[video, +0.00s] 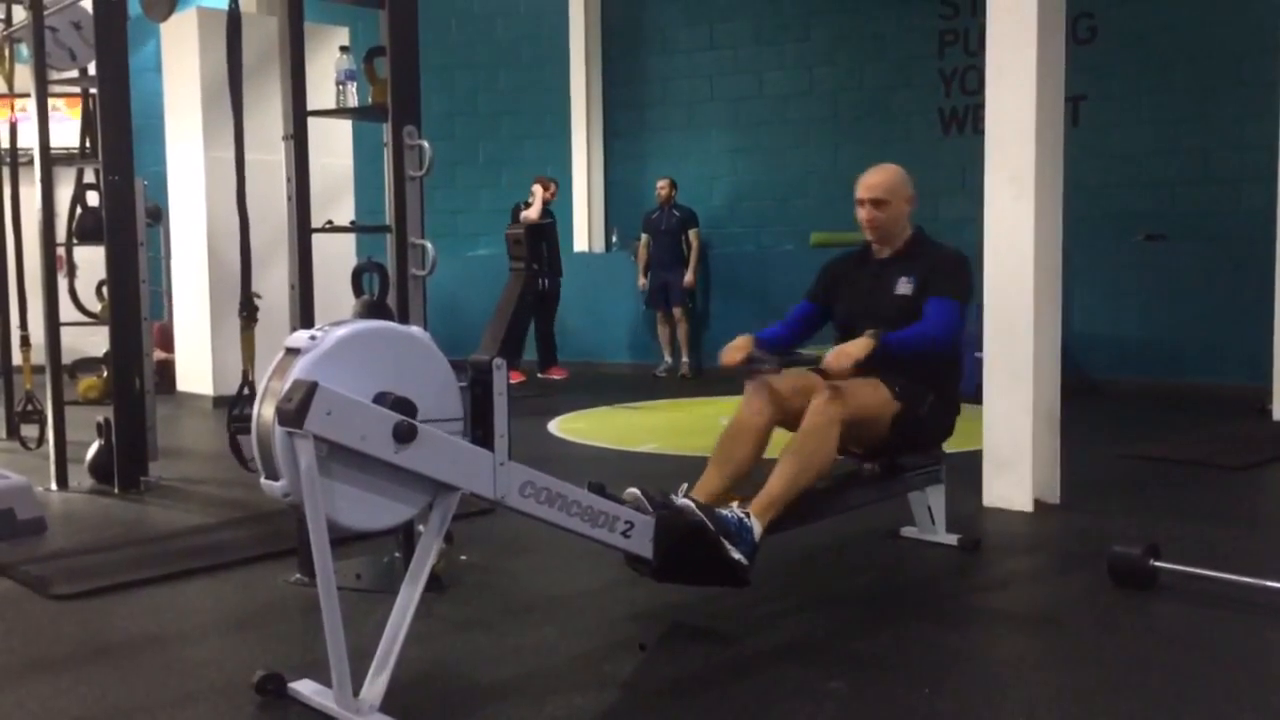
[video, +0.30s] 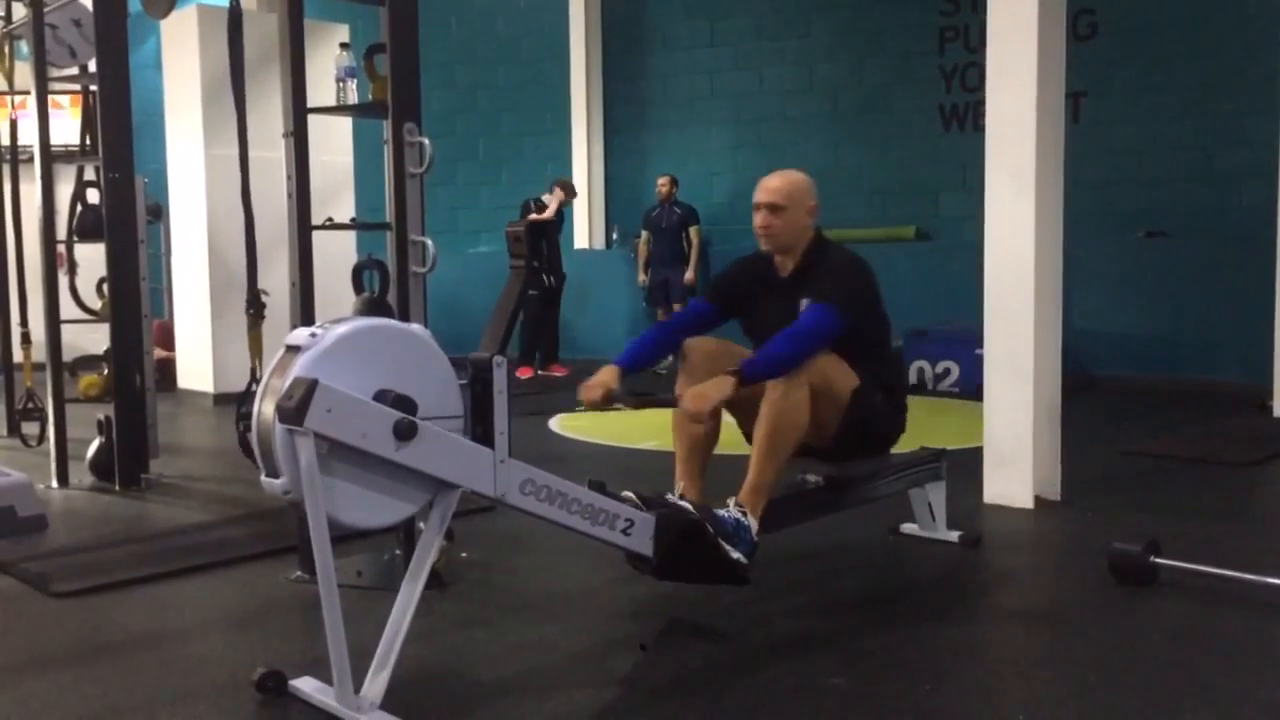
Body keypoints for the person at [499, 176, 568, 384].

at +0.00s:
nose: (552, 198)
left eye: (553, 195)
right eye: (550, 194)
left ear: (551, 196)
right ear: (539, 191)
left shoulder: (549, 215)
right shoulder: (521, 209)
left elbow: (552, 246)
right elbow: (532, 217)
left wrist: (556, 272)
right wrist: (537, 196)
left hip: (550, 276)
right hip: (528, 276)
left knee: (546, 324)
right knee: (519, 322)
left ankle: (548, 365)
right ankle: (511, 366)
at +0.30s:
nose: (566, 203)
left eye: (568, 200)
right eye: (566, 198)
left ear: (563, 197)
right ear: (557, 191)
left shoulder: (558, 213)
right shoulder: (531, 205)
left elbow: (555, 243)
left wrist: (559, 270)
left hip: (554, 271)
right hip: (535, 271)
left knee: (551, 319)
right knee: (531, 319)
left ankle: (549, 362)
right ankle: (526, 363)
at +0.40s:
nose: (567, 206)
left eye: (569, 203)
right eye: (567, 202)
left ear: (561, 197)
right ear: (558, 195)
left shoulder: (552, 213)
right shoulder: (533, 206)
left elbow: (553, 248)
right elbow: (531, 239)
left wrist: (559, 273)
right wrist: (560, 224)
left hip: (554, 275)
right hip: (536, 275)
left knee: (550, 322)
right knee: (532, 321)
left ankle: (548, 363)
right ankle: (526, 364)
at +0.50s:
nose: (571, 204)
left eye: (573, 200)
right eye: (570, 199)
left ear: (563, 195)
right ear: (561, 194)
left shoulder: (558, 213)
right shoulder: (534, 206)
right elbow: (530, 242)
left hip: (554, 272)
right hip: (535, 273)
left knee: (550, 321)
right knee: (532, 320)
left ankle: (546, 362)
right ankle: (526, 363)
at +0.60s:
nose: (570, 204)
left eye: (572, 200)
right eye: (570, 199)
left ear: (563, 195)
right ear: (561, 193)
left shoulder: (557, 212)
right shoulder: (535, 207)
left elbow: (552, 240)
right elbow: (530, 241)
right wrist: (536, 271)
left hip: (554, 272)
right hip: (536, 272)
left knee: (551, 320)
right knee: (531, 320)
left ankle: (549, 361)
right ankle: (526, 364)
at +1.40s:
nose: (556, 200)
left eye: (557, 196)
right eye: (555, 195)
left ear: (547, 194)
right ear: (544, 193)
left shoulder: (546, 214)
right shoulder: (527, 214)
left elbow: (548, 243)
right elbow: (527, 247)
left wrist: (565, 241)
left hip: (551, 277)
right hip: (533, 279)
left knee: (550, 324)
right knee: (528, 325)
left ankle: (548, 365)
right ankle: (524, 368)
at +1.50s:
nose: (555, 200)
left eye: (556, 196)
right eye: (554, 195)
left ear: (545, 194)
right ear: (543, 193)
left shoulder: (545, 214)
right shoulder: (526, 214)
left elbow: (546, 243)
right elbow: (527, 247)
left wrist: (563, 242)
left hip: (551, 278)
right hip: (532, 279)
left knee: (550, 324)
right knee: (527, 325)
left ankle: (548, 366)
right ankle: (523, 368)